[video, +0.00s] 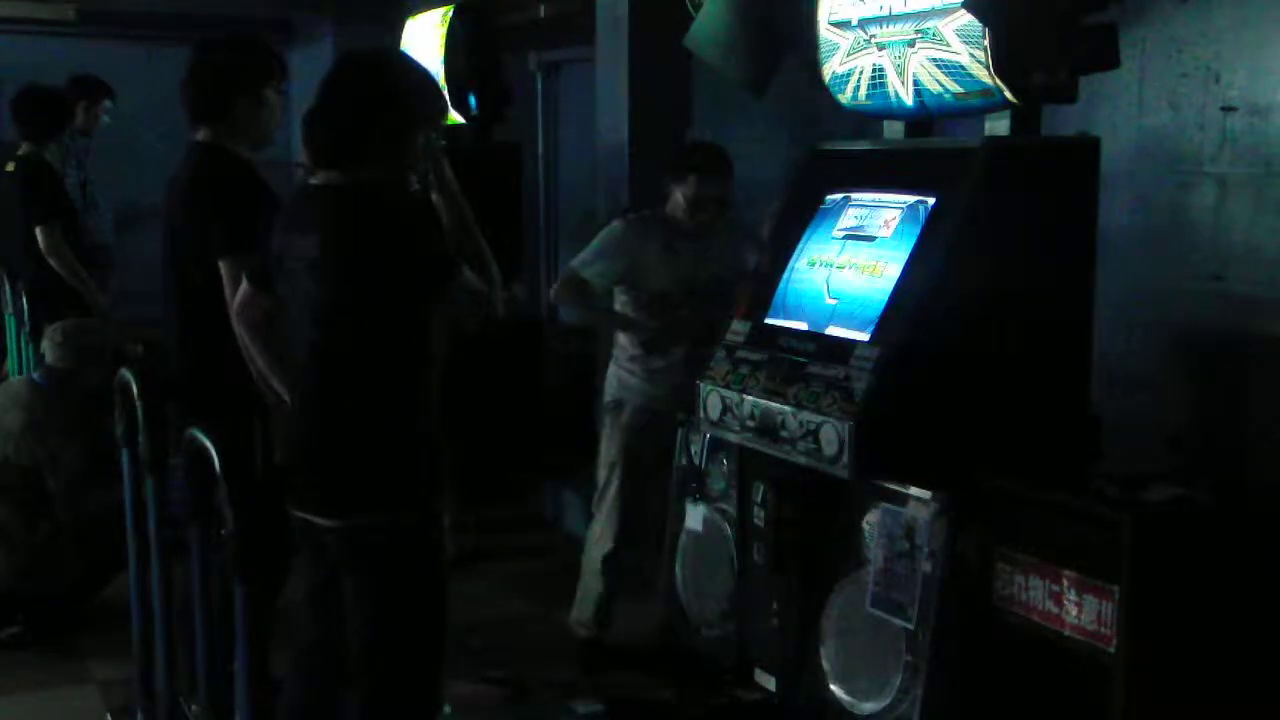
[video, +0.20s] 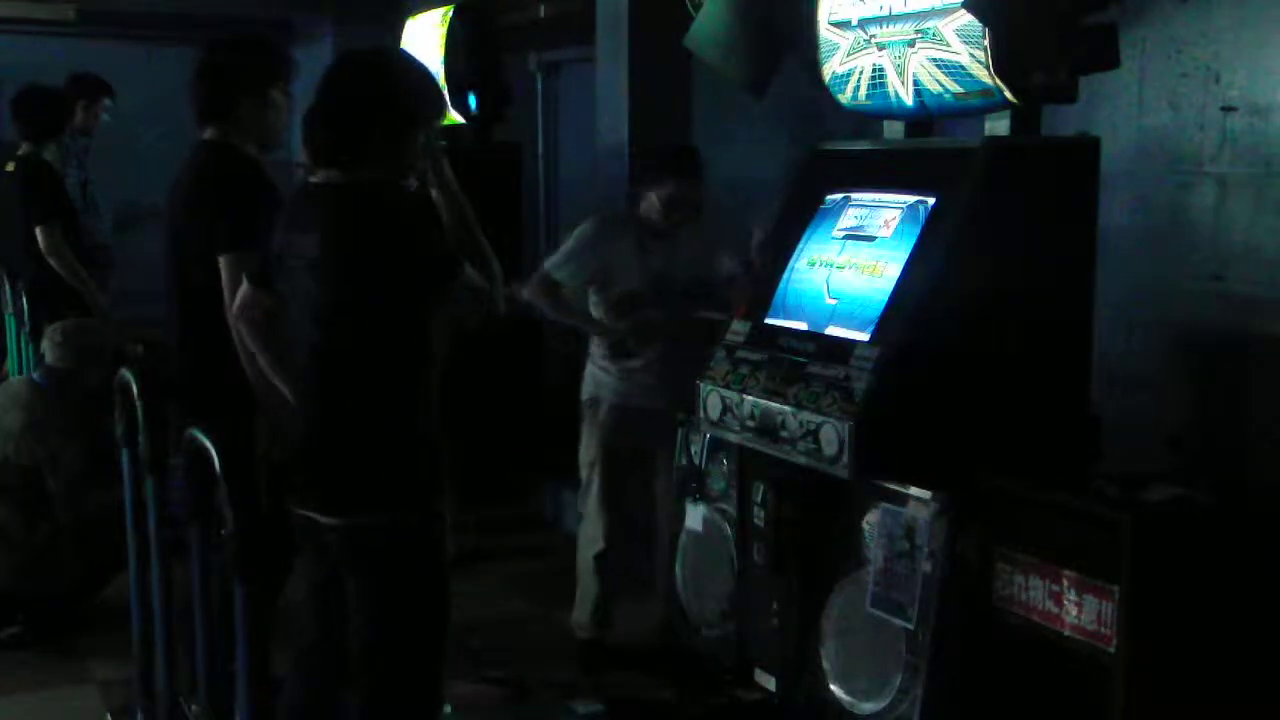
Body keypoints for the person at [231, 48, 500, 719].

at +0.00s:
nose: (430, 143)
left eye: (430, 129)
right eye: (423, 128)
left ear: (331, 117)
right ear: (396, 129)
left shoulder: (304, 203)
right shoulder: (398, 214)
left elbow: (247, 310)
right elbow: (483, 295)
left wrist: (294, 398)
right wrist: (442, 180)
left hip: (316, 445)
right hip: (390, 455)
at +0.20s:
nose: (430, 143)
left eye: (430, 129)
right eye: (422, 128)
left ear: (329, 118)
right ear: (396, 129)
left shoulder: (304, 204)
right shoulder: (402, 214)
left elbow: (246, 313)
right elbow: (484, 291)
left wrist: (295, 401)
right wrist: (441, 176)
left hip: (317, 445)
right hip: (391, 455)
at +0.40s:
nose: (430, 143)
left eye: (429, 127)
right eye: (422, 127)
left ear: (331, 119)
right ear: (394, 129)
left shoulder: (305, 206)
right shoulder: (406, 218)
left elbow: (248, 312)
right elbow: (490, 299)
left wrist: (294, 405)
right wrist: (450, 188)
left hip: (318, 446)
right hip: (390, 455)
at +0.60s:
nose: (424, 137)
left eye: (423, 120)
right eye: (417, 121)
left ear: (327, 119)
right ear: (390, 125)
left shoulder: (304, 211)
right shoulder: (409, 221)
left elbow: (255, 326)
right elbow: (471, 329)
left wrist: (298, 398)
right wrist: (462, 258)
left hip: (314, 457)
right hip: (391, 465)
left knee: (325, 630)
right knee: (403, 647)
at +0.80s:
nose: (420, 141)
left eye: (419, 124)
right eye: (414, 125)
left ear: (330, 122)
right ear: (389, 129)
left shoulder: (293, 215)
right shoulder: (394, 219)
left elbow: (268, 321)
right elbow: (442, 354)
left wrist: (294, 391)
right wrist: (478, 351)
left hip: (312, 465)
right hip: (391, 473)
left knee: (328, 636)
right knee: (404, 651)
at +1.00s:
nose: (420, 141)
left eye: (420, 125)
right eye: (413, 126)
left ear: (328, 122)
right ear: (388, 127)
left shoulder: (291, 211)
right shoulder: (383, 216)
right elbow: (434, 356)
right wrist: (470, 346)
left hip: (310, 467)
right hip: (385, 479)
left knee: (326, 650)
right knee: (403, 660)